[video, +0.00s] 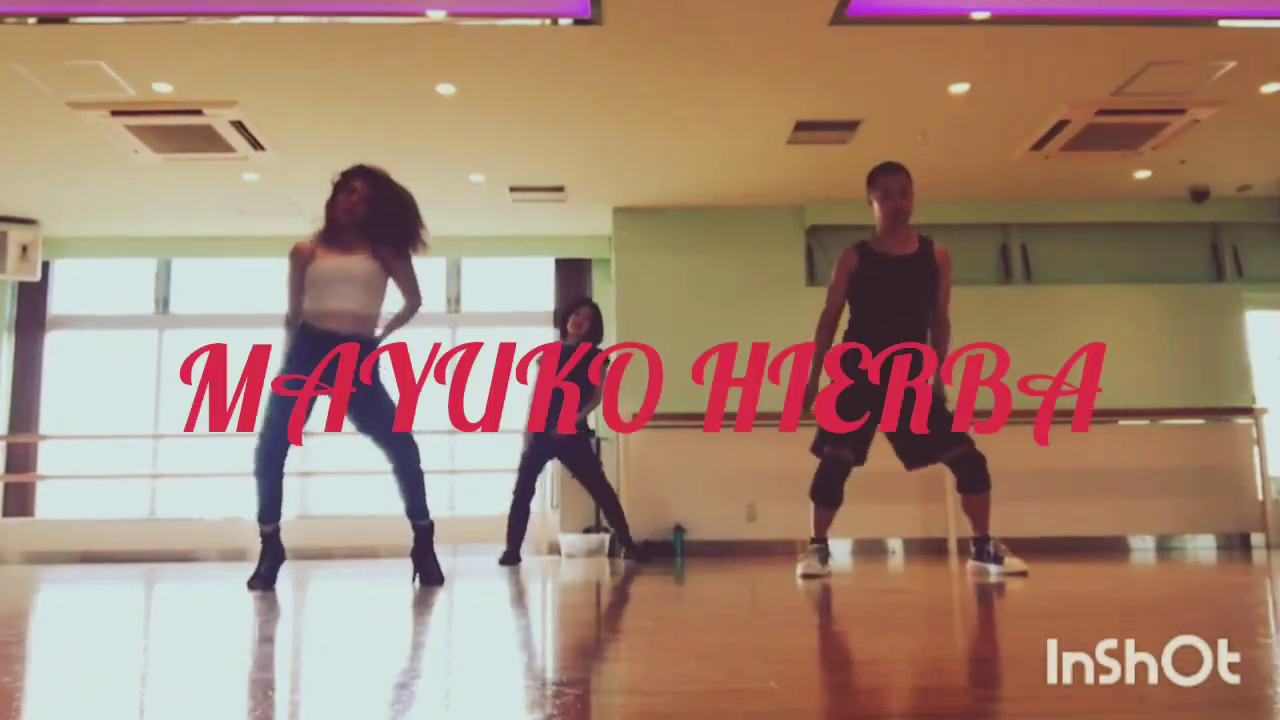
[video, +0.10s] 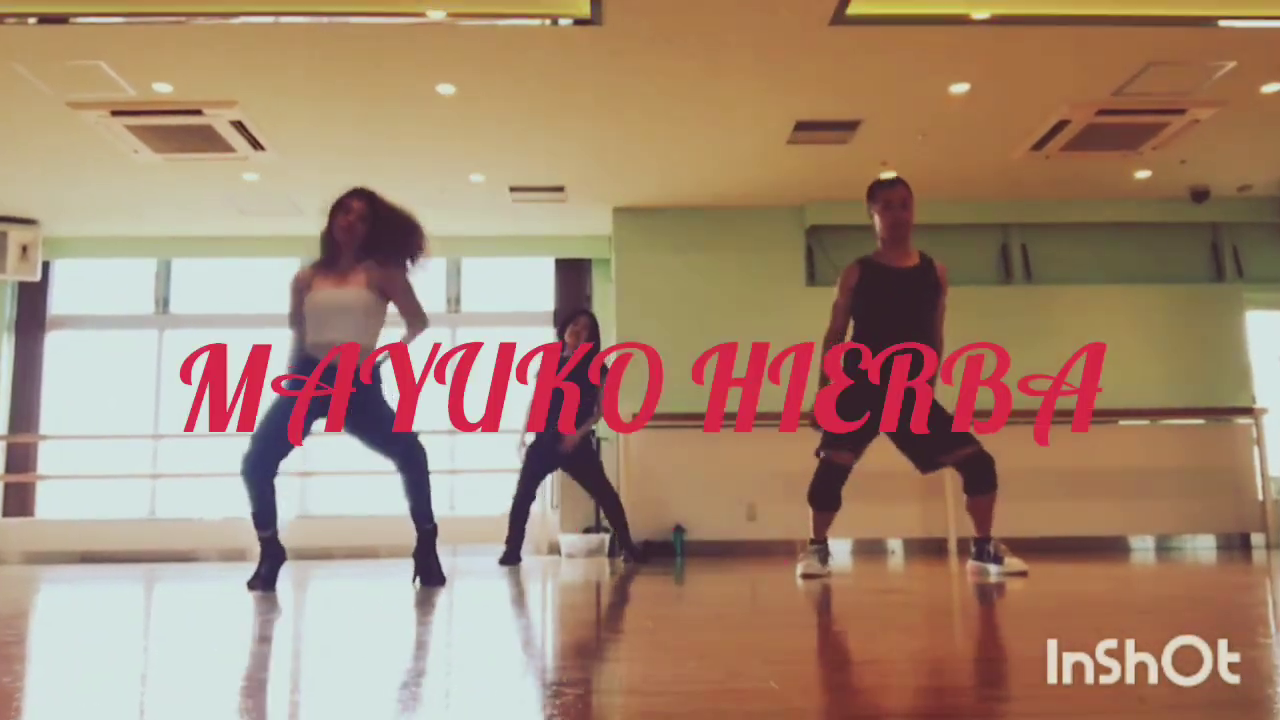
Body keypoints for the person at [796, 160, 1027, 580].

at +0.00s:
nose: (896, 203)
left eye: (903, 193)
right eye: (886, 195)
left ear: (914, 198)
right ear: (871, 201)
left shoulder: (935, 257)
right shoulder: (855, 258)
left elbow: (940, 321)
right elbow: (829, 317)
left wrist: (936, 376)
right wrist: (814, 376)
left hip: (914, 385)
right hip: (860, 383)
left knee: (970, 465)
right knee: (835, 462)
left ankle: (984, 546)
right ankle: (818, 546)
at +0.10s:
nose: (897, 215)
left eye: (904, 205)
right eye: (887, 207)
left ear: (914, 211)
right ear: (872, 214)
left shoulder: (934, 273)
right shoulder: (857, 274)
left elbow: (936, 339)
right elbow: (834, 337)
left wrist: (926, 383)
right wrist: (828, 388)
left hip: (913, 395)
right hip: (861, 394)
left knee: (979, 466)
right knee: (829, 474)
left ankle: (985, 548)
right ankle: (817, 547)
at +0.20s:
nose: (899, 221)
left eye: (906, 212)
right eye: (889, 214)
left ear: (916, 219)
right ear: (874, 223)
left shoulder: (934, 285)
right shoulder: (857, 282)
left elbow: (934, 349)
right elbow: (837, 345)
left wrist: (925, 389)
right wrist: (839, 389)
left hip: (915, 399)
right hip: (864, 398)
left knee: (990, 465)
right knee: (837, 473)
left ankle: (985, 548)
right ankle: (818, 547)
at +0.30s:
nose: (902, 219)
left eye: (909, 211)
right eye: (892, 212)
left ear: (918, 220)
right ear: (875, 222)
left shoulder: (934, 285)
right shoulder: (856, 283)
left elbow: (935, 348)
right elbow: (837, 345)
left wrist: (931, 391)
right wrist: (832, 396)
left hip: (922, 398)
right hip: (870, 398)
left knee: (997, 465)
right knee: (844, 475)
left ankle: (985, 546)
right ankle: (819, 546)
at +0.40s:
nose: (904, 214)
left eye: (911, 206)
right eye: (894, 207)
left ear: (921, 215)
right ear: (878, 217)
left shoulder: (932, 280)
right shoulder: (857, 275)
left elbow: (934, 345)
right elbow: (834, 339)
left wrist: (936, 390)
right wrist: (828, 386)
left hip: (925, 392)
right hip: (874, 393)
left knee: (999, 463)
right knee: (850, 469)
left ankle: (986, 547)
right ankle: (819, 546)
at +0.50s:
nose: (905, 208)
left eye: (912, 200)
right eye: (895, 200)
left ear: (921, 208)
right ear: (878, 209)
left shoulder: (929, 271)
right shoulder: (855, 265)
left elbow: (933, 336)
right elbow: (829, 327)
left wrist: (936, 383)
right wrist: (818, 383)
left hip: (925, 386)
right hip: (875, 387)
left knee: (995, 459)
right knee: (850, 465)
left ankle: (985, 547)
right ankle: (819, 546)